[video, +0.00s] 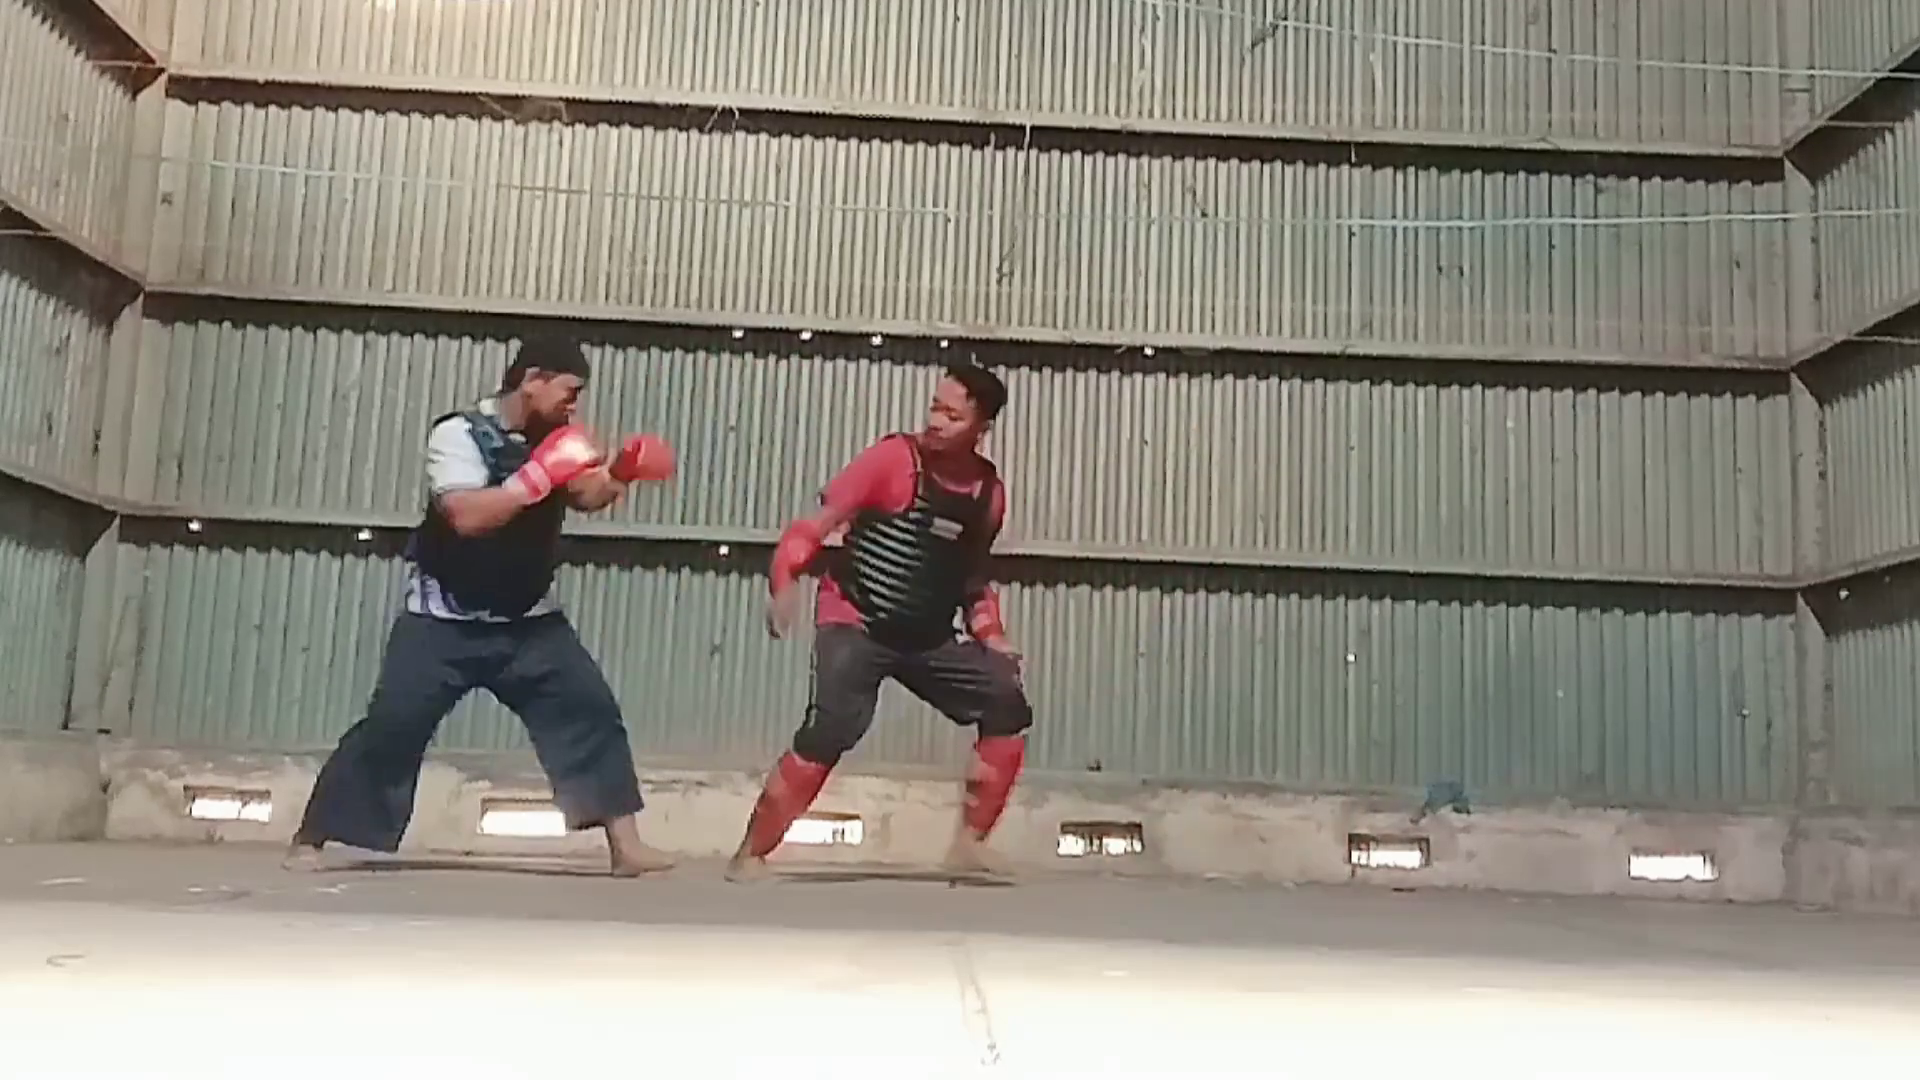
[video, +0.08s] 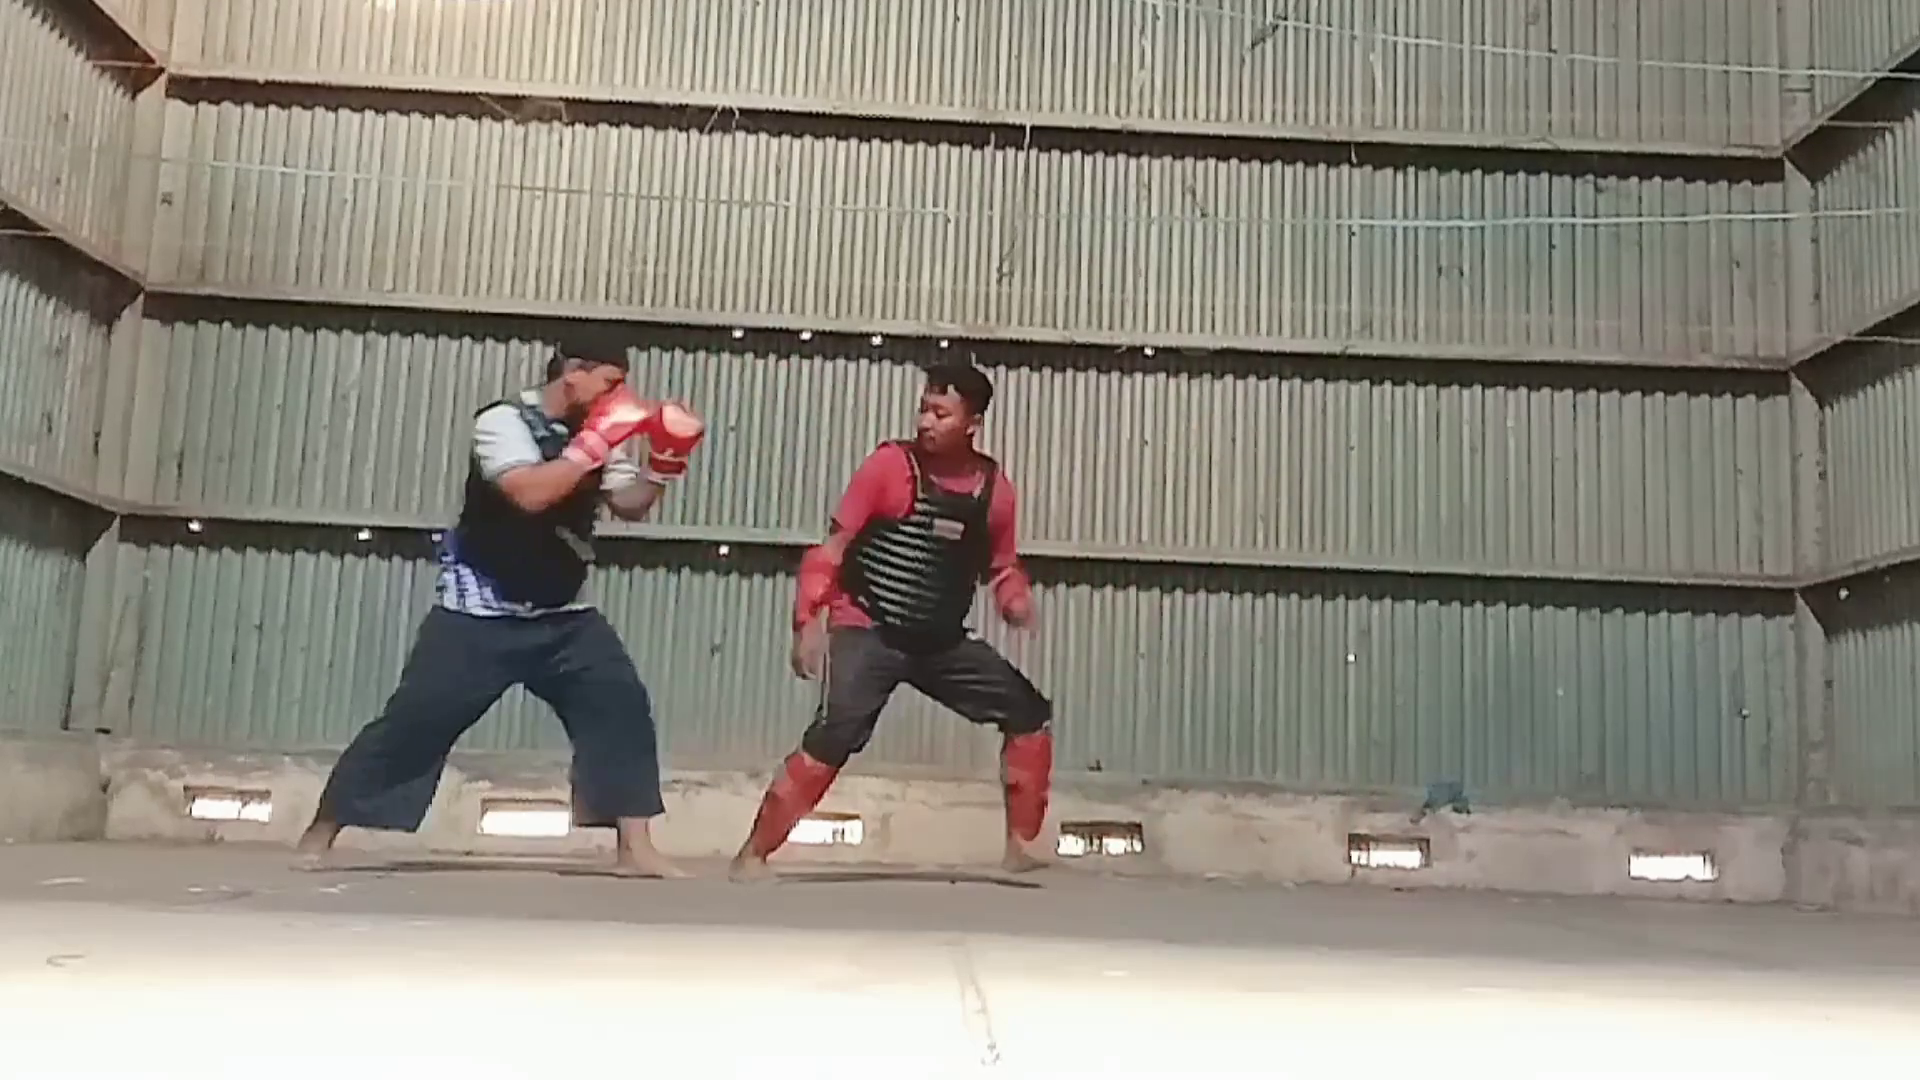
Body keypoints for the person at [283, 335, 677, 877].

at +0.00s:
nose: (573, 406)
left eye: (577, 396)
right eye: (567, 393)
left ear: (546, 386)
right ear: (530, 380)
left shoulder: (557, 445)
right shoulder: (456, 435)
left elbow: (587, 496)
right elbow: (466, 516)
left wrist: (619, 475)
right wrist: (540, 476)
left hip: (530, 623)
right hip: (441, 623)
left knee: (591, 708)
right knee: (395, 721)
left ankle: (627, 849)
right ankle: (312, 836)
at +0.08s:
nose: (616, 395)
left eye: (620, 385)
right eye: (612, 382)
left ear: (584, 376)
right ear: (575, 373)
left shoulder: (597, 435)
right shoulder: (501, 422)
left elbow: (630, 503)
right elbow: (529, 493)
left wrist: (666, 459)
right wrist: (595, 442)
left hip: (560, 618)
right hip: (475, 616)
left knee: (621, 704)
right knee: (412, 724)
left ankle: (637, 847)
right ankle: (321, 834)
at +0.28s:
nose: (659, 392)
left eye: (664, 383)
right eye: (656, 378)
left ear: (628, 368)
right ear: (625, 363)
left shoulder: (631, 434)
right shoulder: (544, 410)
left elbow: (654, 505)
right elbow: (584, 481)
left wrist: (687, 491)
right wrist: (641, 425)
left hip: (583, 600)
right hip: (504, 594)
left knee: (627, 703)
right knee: (461, 705)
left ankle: (635, 846)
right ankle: (399, 825)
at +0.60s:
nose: (671, 386)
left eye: (675, 376)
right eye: (668, 373)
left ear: (636, 366)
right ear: (635, 362)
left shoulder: (638, 423)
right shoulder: (559, 415)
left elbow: (643, 483)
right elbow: (589, 491)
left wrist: (691, 452)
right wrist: (655, 455)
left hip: (615, 606)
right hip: (539, 606)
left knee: (676, 712)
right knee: (500, 724)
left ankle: (702, 842)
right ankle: (439, 846)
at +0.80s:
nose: (737, 385)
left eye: (740, 374)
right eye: (733, 371)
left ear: (701, 367)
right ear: (699, 365)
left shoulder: (698, 436)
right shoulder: (636, 419)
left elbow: (690, 513)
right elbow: (665, 492)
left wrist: (740, 493)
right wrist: (723, 448)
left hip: (672, 616)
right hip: (602, 612)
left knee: (718, 703)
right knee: (539, 716)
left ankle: (741, 846)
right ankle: (451, 830)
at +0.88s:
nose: (764, 379)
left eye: (765, 369)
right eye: (759, 366)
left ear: (726, 364)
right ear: (727, 363)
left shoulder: (725, 434)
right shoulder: (666, 413)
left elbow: (722, 516)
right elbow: (699, 484)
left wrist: (775, 493)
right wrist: (751, 447)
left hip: (697, 615)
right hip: (626, 612)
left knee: (735, 717)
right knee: (560, 720)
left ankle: (743, 850)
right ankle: (469, 830)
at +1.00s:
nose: (802, 376)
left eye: (803, 367)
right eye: (798, 364)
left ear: (766, 361)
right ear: (767, 358)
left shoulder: (764, 423)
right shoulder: (704, 402)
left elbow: (788, 492)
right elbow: (753, 465)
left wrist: (843, 456)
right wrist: (806, 409)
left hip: (720, 594)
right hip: (658, 581)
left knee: (746, 712)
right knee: (631, 703)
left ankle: (744, 847)